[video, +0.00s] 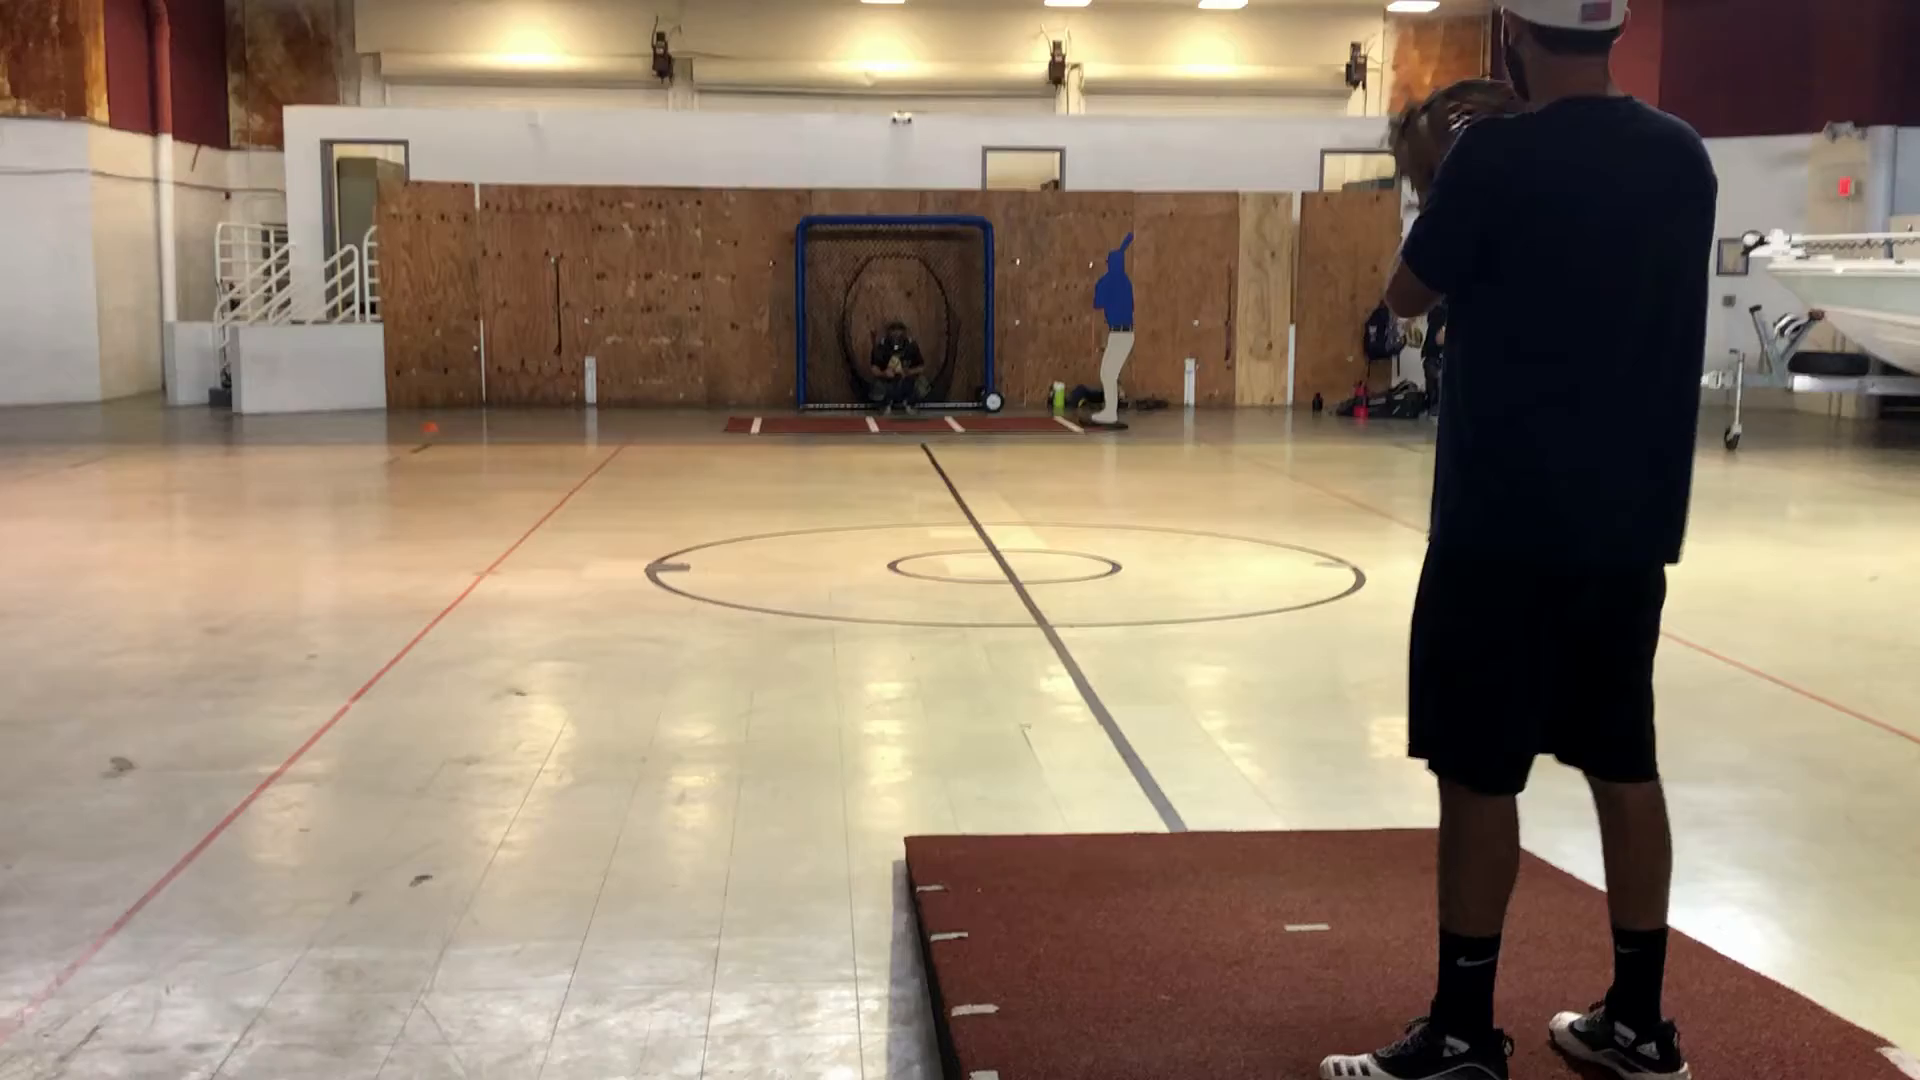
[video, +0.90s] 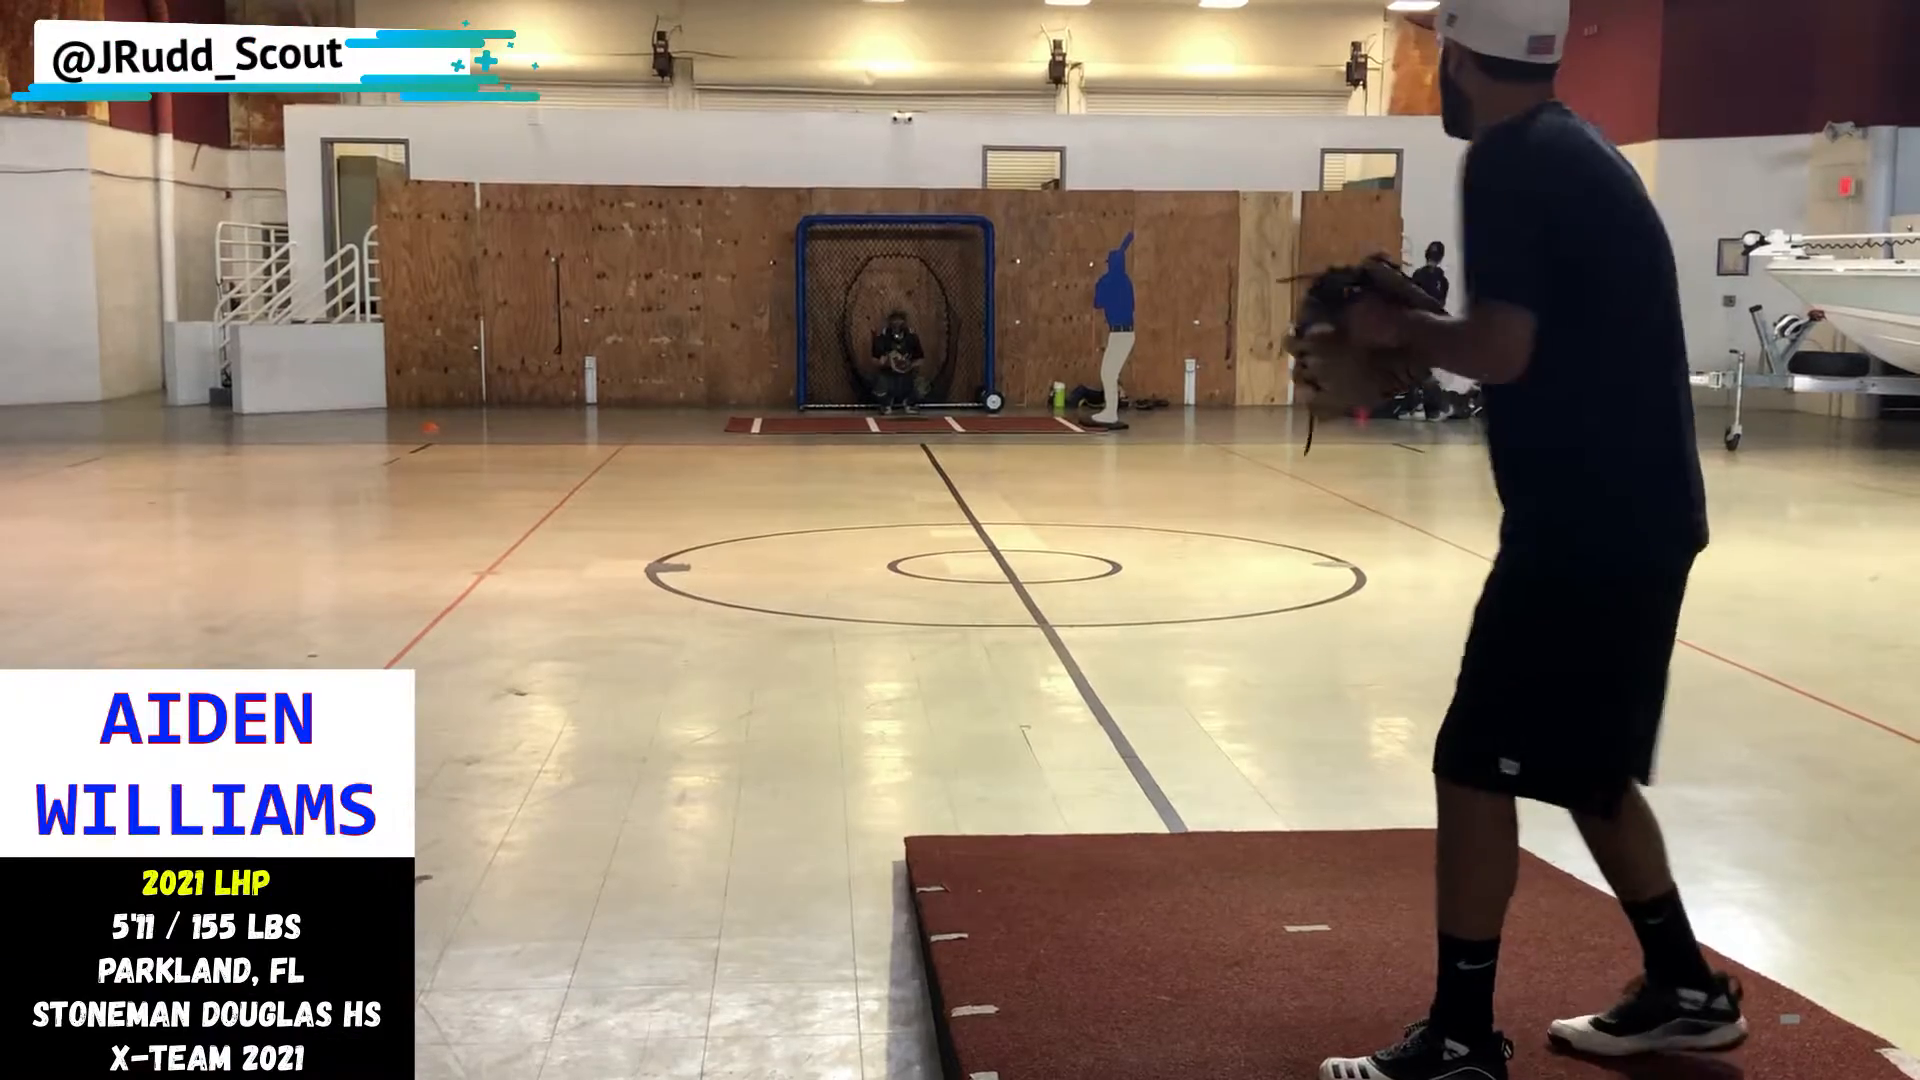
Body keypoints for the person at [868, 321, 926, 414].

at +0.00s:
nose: (897, 337)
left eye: (900, 333)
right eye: (893, 333)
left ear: (904, 334)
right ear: (889, 334)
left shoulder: (911, 346)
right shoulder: (881, 347)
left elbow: (920, 367)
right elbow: (874, 368)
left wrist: (907, 372)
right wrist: (884, 373)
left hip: (906, 380)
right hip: (888, 380)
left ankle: (909, 403)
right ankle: (887, 405)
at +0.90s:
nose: (897, 326)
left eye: (900, 323)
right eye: (894, 322)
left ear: (904, 323)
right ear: (890, 323)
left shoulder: (912, 338)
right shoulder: (882, 338)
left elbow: (920, 360)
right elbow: (875, 359)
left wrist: (909, 365)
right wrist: (887, 360)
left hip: (906, 373)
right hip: (889, 372)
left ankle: (909, 403)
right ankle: (886, 404)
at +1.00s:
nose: (898, 318)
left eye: (901, 315)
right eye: (895, 315)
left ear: (904, 315)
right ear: (889, 315)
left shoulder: (912, 330)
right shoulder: (880, 331)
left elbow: (922, 350)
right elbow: (874, 352)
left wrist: (910, 356)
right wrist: (887, 353)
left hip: (906, 365)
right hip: (888, 366)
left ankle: (909, 400)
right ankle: (887, 402)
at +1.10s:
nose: (897, 319)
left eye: (900, 315)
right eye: (894, 315)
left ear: (904, 314)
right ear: (888, 314)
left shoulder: (912, 327)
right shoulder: (880, 329)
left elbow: (923, 348)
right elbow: (871, 346)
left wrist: (913, 356)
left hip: (908, 361)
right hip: (889, 362)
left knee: (920, 372)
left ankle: (916, 400)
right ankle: (884, 400)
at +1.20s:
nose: (896, 326)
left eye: (899, 323)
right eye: (893, 323)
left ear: (904, 321)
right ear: (888, 321)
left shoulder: (912, 333)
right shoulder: (881, 333)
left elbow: (925, 355)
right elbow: (870, 353)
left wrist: (911, 360)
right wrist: (869, 372)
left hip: (909, 368)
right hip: (889, 369)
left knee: (924, 376)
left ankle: (923, 402)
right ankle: (881, 403)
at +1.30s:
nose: (896, 336)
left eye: (899, 332)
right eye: (893, 332)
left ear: (905, 331)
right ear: (888, 332)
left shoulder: (911, 343)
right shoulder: (881, 344)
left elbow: (929, 361)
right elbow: (869, 365)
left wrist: (911, 366)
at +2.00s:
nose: (900, 344)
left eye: (903, 341)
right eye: (897, 341)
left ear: (908, 340)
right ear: (892, 340)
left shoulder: (914, 352)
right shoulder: (884, 353)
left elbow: (925, 369)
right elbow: (878, 372)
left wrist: (920, 377)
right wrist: (893, 377)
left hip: (911, 382)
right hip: (892, 384)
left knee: (923, 386)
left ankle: (926, 405)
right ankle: (883, 405)